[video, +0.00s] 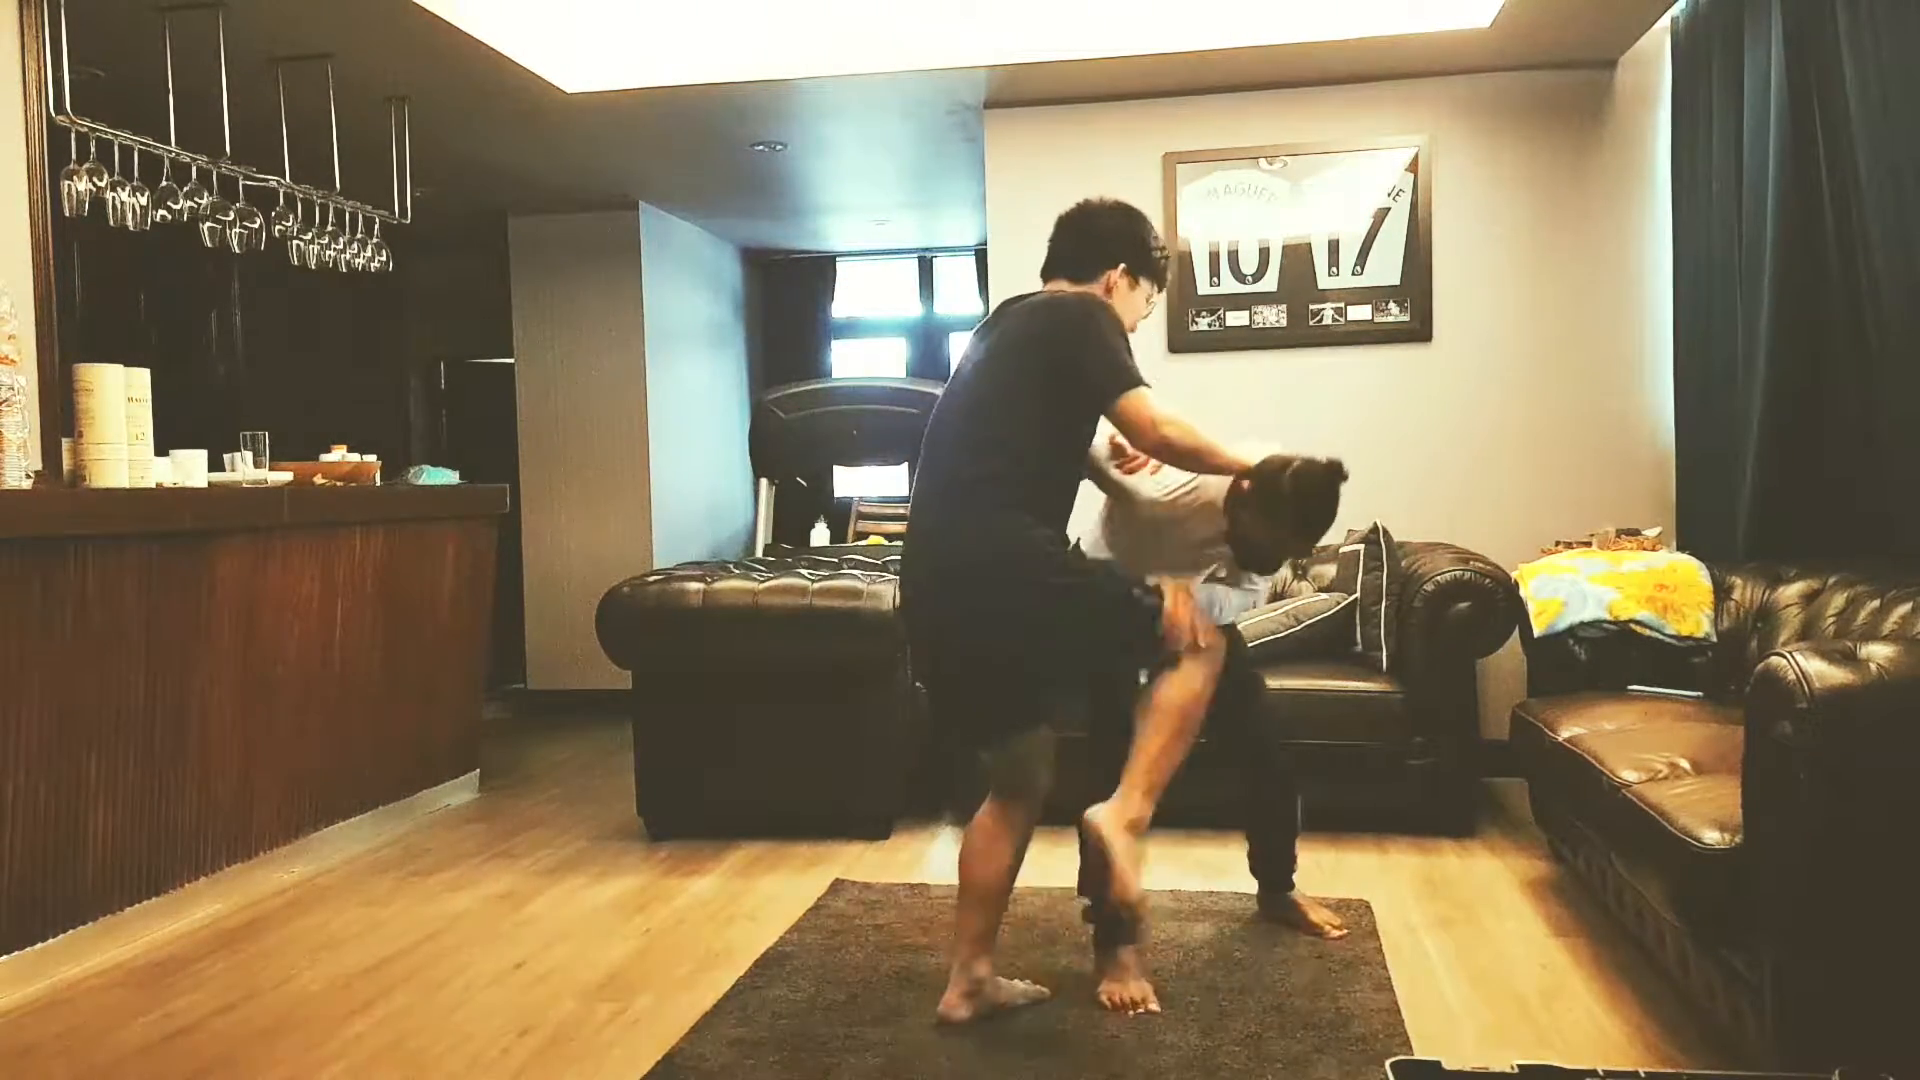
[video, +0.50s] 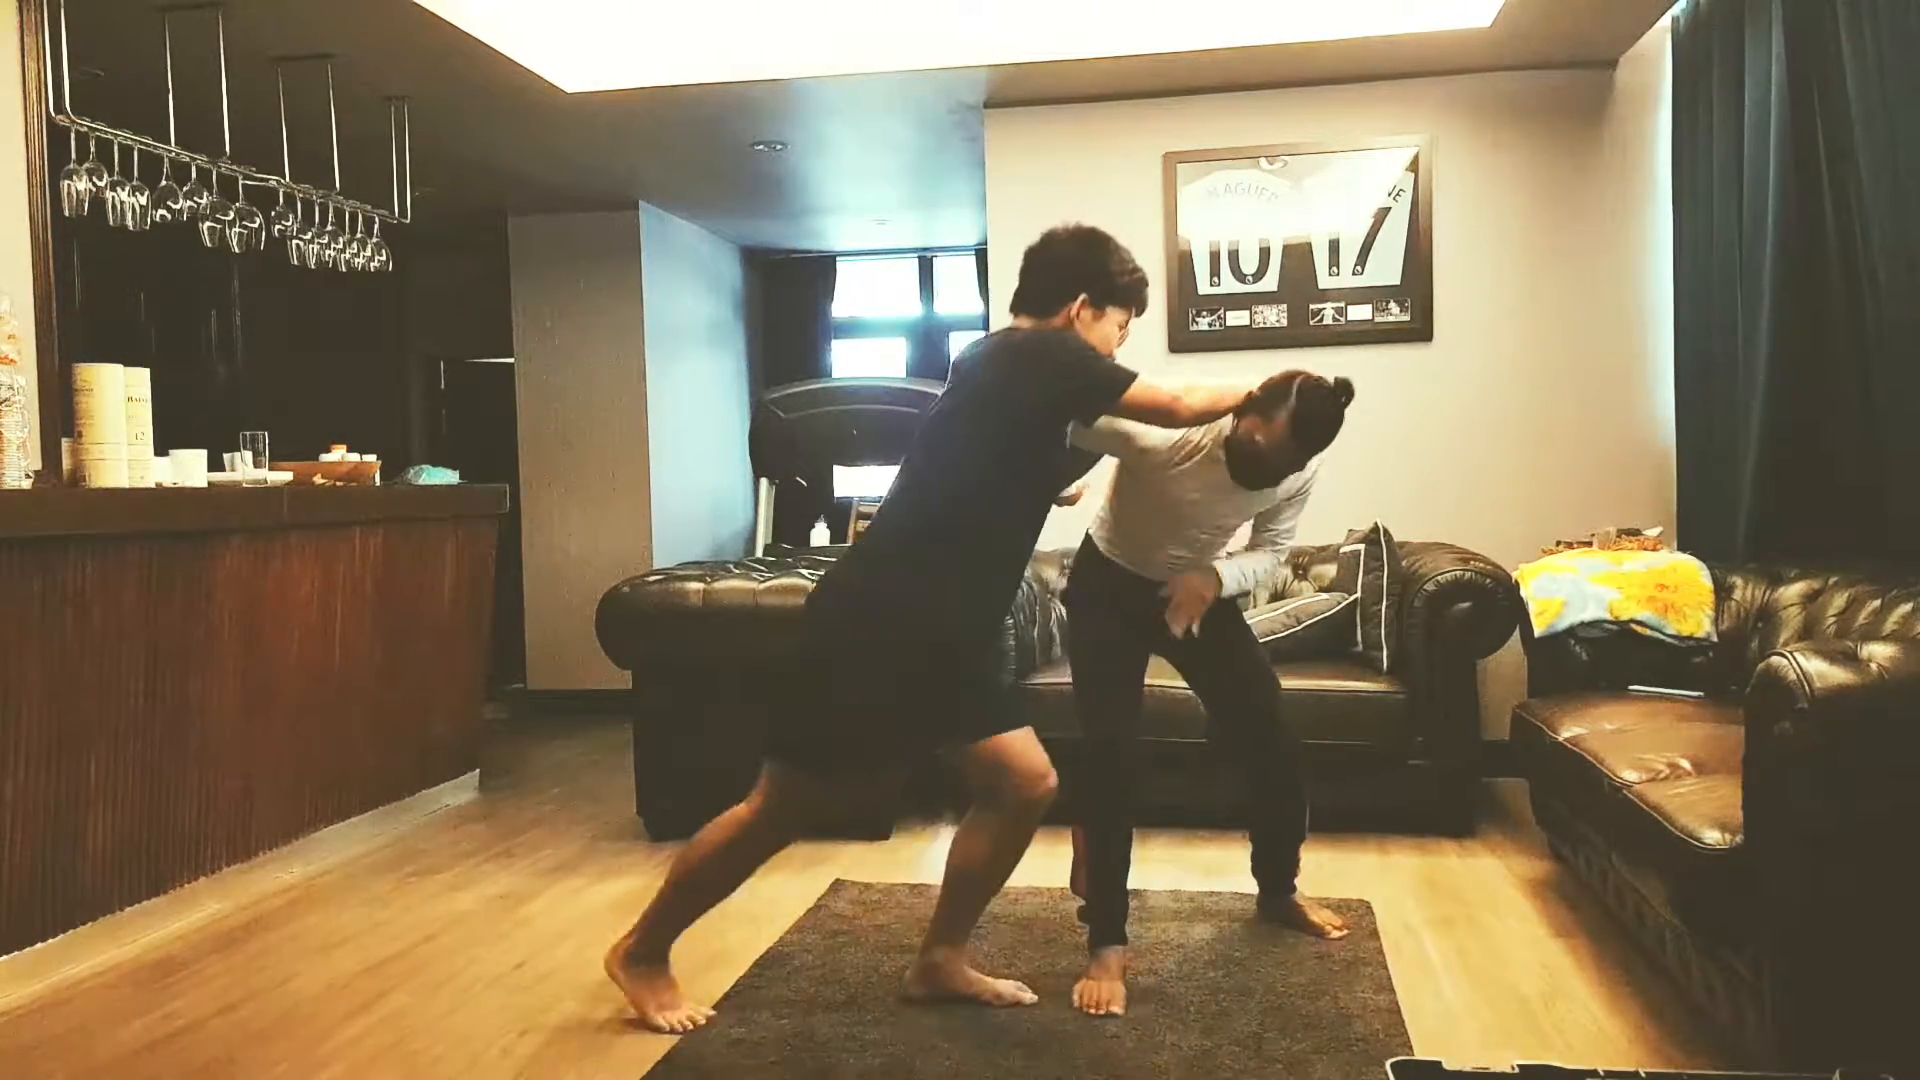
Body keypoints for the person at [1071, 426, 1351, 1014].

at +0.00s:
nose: (1270, 565)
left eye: (1285, 555)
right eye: (1264, 546)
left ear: (1303, 539)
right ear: (1239, 497)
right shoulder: (1150, 500)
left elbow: (1241, 598)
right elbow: (1075, 443)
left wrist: (1183, 591)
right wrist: (1114, 456)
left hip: (1191, 609)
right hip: (1110, 592)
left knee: (1258, 730)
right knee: (1117, 757)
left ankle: (1276, 889)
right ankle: (1115, 940)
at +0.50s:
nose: (1252, 457)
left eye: (1270, 458)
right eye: (1253, 441)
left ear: (1301, 460)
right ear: (1244, 411)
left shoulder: (1293, 479)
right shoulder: (1161, 440)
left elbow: (1274, 552)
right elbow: (1069, 427)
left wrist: (1216, 578)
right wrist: (1055, 477)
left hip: (1199, 599)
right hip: (1110, 584)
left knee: (1270, 738)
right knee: (1111, 756)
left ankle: (1278, 894)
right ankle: (1106, 942)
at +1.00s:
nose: (1122, 527)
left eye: (1135, 517)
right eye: (1108, 516)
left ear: (1164, 485)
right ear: (1087, 477)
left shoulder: (1220, 477)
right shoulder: (1053, 458)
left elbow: (1167, 581)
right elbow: (986, 471)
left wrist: (1075, 616)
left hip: (1195, 585)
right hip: (1095, 588)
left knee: (1263, 721)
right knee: (1091, 749)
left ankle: (1318, 873)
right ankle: (1103, 944)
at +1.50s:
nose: (1105, 312)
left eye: (1113, 292)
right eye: (1084, 301)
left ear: (1135, 270)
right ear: (1056, 295)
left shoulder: (1198, 356)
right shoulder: (1043, 364)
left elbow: (1239, 480)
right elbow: (1017, 453)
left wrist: (1122, 521)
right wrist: (977, 484)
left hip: (1200, 570)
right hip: (1112, 575)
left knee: (1242, 751)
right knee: (1071, 747)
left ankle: (1314, 932)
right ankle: (1096, 946)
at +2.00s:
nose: (1021, 290)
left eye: (1030, 271)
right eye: (1015, 274)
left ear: (1081, 252)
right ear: (1067, 259)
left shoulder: (1121, 352)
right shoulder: (1092, 330)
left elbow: (1116, 499)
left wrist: (984, 482)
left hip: (1129, 577)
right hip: (1088, 570)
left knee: (1095, 770)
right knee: (1054, 761)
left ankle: (1229, 967)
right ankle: (1089, 944)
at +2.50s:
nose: (976, 246)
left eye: (987, 225)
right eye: (969, 229)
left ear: (1051, 198)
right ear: (1036, 207)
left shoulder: (1126, 306)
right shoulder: (1035, 311)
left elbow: (1154, 466)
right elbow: (1048, 453)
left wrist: (1056, 543)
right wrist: (1010, 547)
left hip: (1128, 578)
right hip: (1054, 580)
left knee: (1114, 798)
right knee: (1012, 783)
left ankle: (1180, 1026)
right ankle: (1103, 991)